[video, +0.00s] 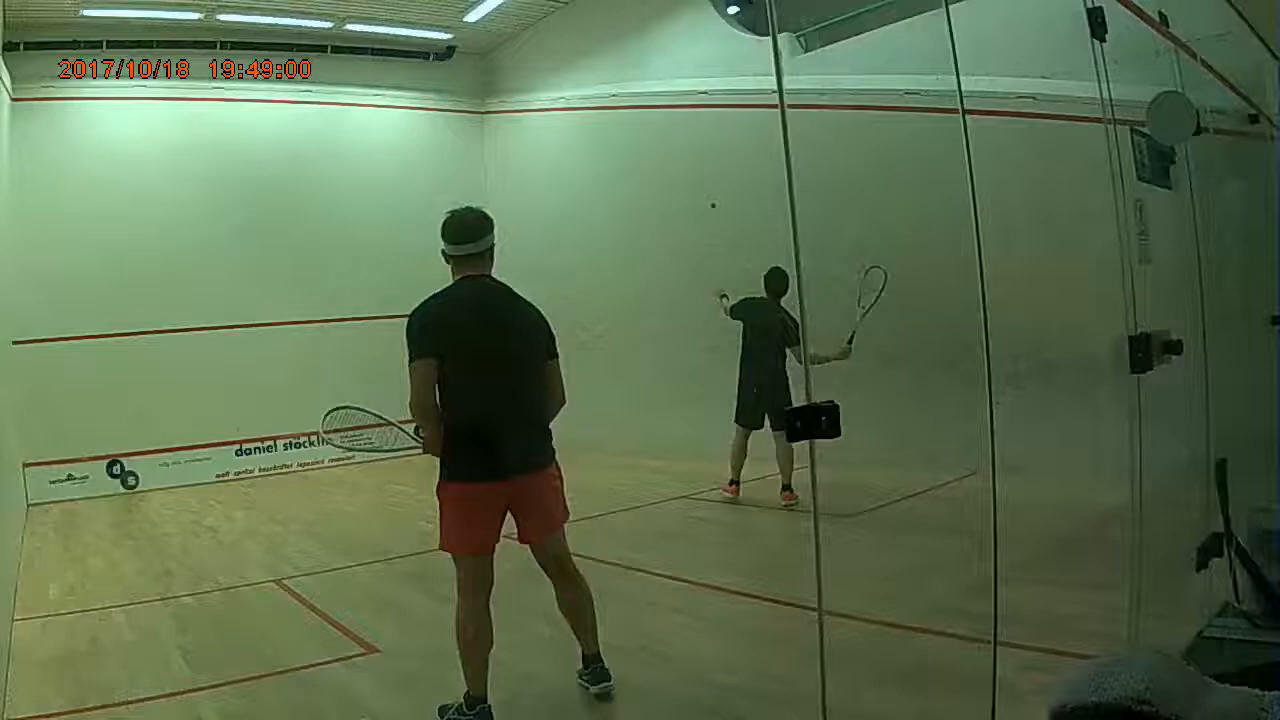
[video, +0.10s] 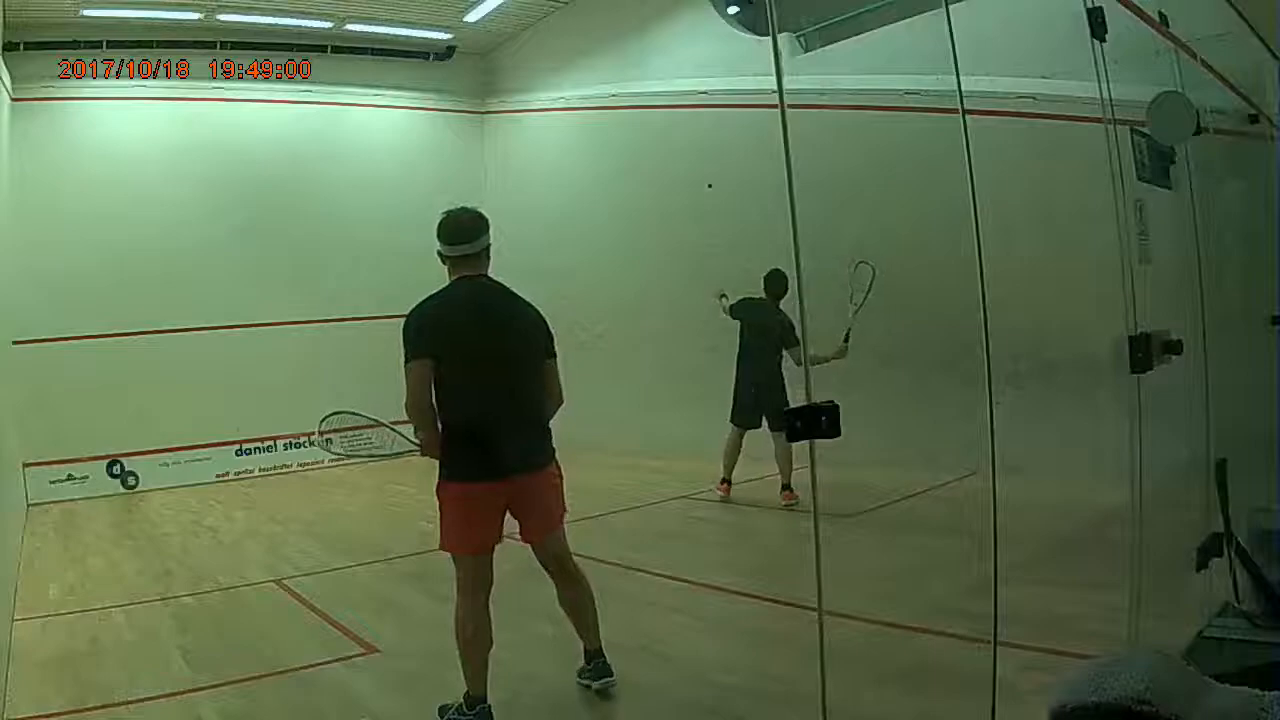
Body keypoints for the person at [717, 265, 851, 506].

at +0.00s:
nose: (783, 290)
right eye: (784, 286)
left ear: (765, 286)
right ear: (786, 289)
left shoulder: (750, 306)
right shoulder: (786, 320)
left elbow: (729, 312)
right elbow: (803, 357)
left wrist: (723, 298)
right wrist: (836, 356)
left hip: (749, 384)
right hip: (776, 385)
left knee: (742, 433)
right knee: (782, 436)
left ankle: (733, 484)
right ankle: (787, 490)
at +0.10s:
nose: (784, 292)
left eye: (781, 287)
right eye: (785, 288)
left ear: (764, 287)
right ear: (785, 291)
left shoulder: (747, 306)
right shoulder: (782, 322)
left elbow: (729, 311)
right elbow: (800, 359)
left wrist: (722, 298)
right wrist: (833, 356)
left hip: (746, 382)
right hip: (772, 385)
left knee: (737, 431)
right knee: (780, 434)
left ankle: (725, 483)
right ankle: (786, 489)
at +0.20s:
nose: (777, 296)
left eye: (769, 290)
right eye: (780, 293)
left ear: (760, 291)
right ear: (781, 297)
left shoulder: (743, 307)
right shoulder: (776, 325)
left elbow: (724, 303)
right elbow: (795, 361)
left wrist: (719, 297)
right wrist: (828, 353)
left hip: (739, 386)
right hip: (765, 389)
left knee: (726, 433)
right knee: (777, 438)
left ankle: (713, 481)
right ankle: (785, 489)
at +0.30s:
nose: (772, 300)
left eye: (765, 295)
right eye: (773, 296)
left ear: (754, 295)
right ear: (774, 299)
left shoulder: (737, 308)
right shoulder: (768, 326)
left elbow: (718, 298)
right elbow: (792, 358)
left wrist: (711, 292)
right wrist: (822, 342)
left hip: (730, 387)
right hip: (757, 389)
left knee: (719, 434)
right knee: (773, 437)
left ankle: (703, 482)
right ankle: (784, 489)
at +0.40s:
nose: (750, 300)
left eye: (745, 295)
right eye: (754, 297)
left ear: (736, 296)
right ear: (757, 300)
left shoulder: (721, 313)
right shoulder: (758, 327)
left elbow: (694, 306)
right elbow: (791, 340)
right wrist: (803, 316)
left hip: (719, 389)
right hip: (747, 389)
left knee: (709, 437)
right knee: (766, 437)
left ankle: (700, 483)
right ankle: (782, 485)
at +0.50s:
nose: (723, 300)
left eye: (719, 296)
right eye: (726, 296)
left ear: (710, 296)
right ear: (730, 296)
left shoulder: (697, 318)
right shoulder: (739, 320)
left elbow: (667, 336)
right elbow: (776, 311)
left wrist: (643, 347)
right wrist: (781, 285)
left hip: (711, 387)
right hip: (740, 385)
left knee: (707, 434)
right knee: (759, 431)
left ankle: (704, 484)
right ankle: (780, 473)